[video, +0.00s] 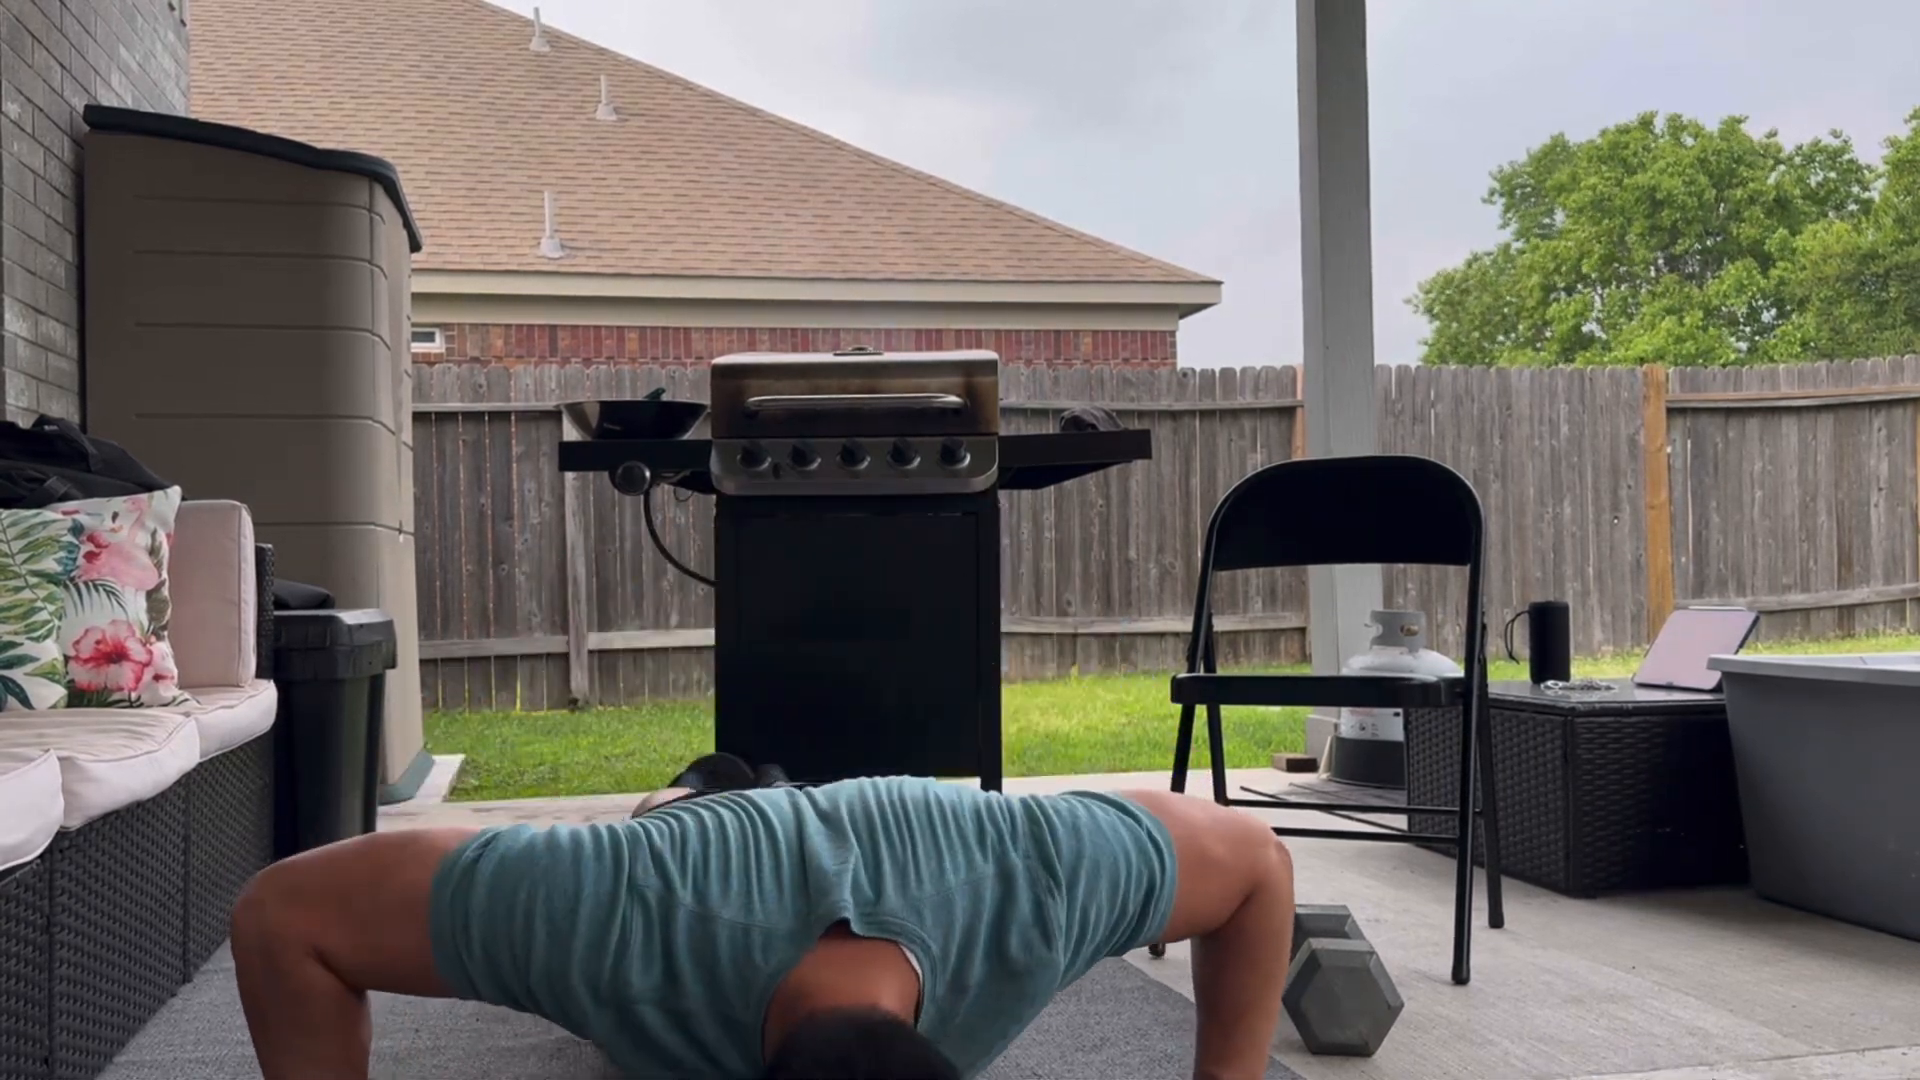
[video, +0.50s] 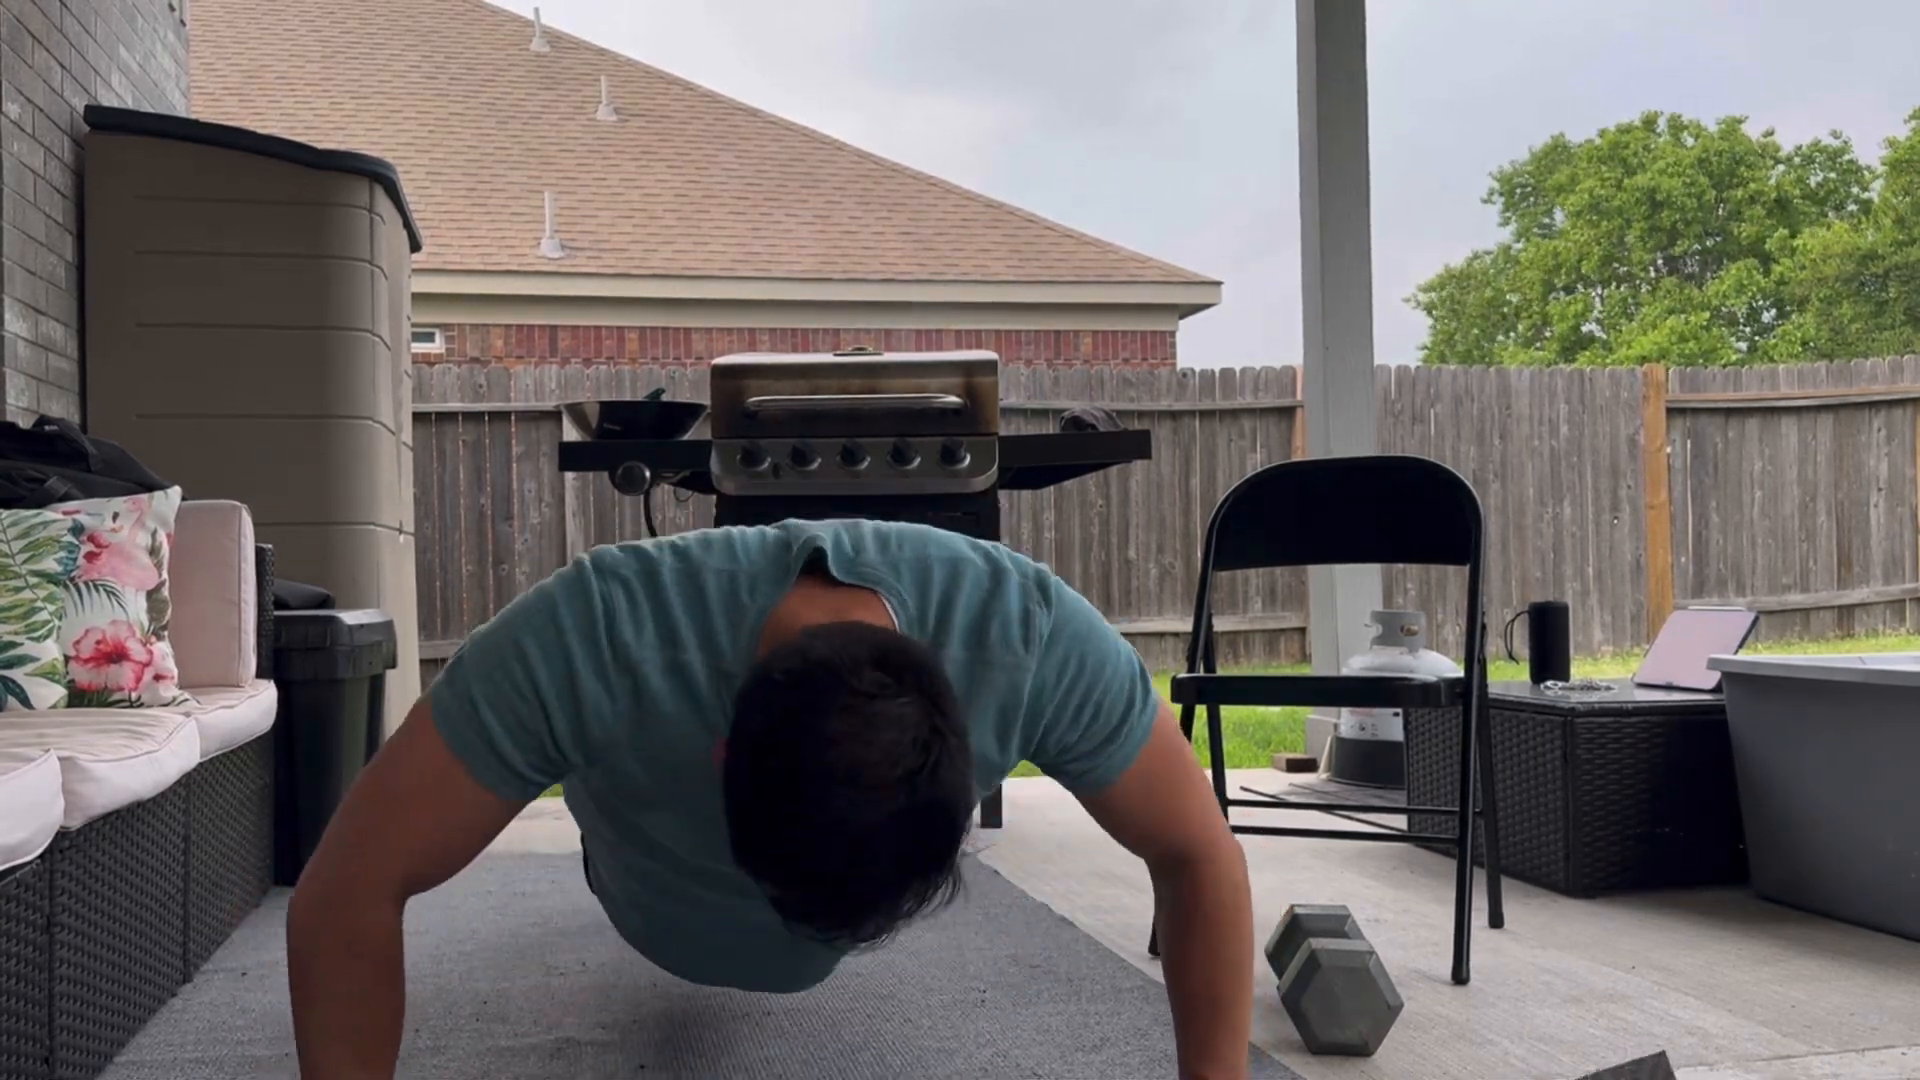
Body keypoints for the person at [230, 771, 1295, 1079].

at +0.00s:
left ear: (937, 1047)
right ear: (754, 1051)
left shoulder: (1045, 887)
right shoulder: (615, 925)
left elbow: (1253, 867)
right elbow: (284, 923)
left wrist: (1231, 1069)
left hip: (937, 824)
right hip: (688, 837)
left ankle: (1282, 939)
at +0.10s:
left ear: (939, 1038)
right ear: (752, 1043)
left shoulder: (1043, 878)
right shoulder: (605, 919)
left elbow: (1254, 869)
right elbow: (281, 923)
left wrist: (1229, 1073)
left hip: (923, 819)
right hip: (685, 831)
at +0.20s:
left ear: (956, 990)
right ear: (743, 996)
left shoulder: (1053, 824)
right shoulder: (596, 850)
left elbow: (1253, 871)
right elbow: (281, 923)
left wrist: (1228, 1067)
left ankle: (1273, 899)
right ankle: (449, 804)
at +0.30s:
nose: (841, 1069)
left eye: (885, 1053)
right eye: (801, 1041)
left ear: (962, 891)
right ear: (733, 876)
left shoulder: (1049, 734)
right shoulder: (586, 754)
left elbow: (1234, 870)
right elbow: (302, 917)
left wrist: (1223, 1070)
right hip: (673, 887)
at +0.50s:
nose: (820, 942)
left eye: (862, 924)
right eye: (791, 904)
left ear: (955, 784)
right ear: (726, 751)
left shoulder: (1034, 642)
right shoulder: (585, 638)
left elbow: (1199, 857)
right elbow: (349, 888)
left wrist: (1212, 1070)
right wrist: (349, 1073)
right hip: (670, 893)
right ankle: (627, 805)